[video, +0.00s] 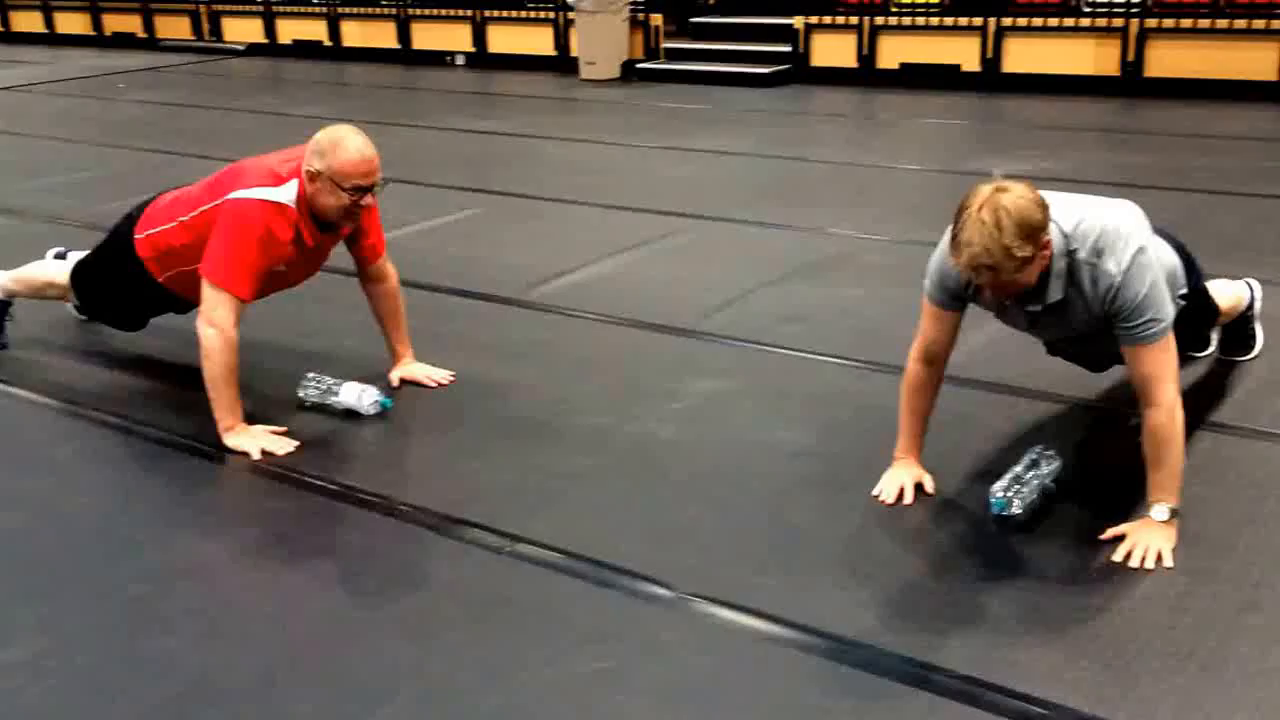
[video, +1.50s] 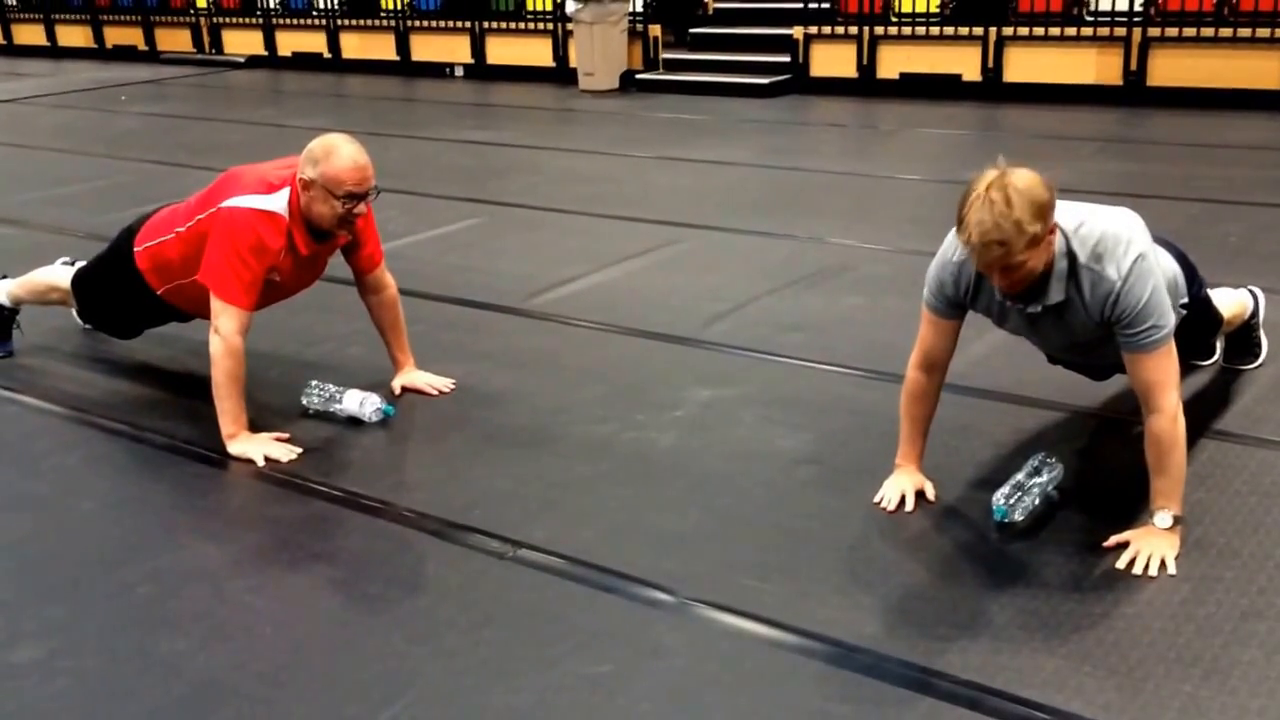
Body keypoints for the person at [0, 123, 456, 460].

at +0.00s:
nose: (365, 202)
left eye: (371, 190)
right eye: (353, 191)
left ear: (374, 180)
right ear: (312, 177)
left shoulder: (351, 197)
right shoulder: (257, 214)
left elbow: (378, 273)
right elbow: (216, 323)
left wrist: (404, 356)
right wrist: (233, 428)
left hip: (190, 265)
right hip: (143, 262)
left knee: (115, 289)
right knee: (74, 283)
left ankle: (71, 267)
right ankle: (4, 285)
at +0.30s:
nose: (359, 204)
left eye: (363, 192)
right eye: (349, 194)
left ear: (363, 186)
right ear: (307, 184)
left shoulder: (347, 196)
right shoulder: (248, 222)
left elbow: (376, 275)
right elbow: (221, 329)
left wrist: (405, 358)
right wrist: (234, 430)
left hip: (193, 273)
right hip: (141, 270)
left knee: (109, 289)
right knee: (73, 284)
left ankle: (67, 271)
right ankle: (5, 288)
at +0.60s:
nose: (358, 205)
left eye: (362, 193)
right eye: (347, 194)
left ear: (363, 185)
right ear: (304, 183)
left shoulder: (346, 199)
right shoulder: (248, 225)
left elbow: (376, 277)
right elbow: (224, 332)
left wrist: (405, 361)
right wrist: (235, 432)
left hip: (192, 274)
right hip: (142, 273)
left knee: (116, 293)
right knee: (73, 286)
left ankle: (73, 276)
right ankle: (5, 290)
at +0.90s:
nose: (360, 207)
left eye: (364, 195)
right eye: (348, 195)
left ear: (365, 187)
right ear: (305, 185)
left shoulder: (347, 202)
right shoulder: (249, 226)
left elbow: (377, 280)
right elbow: (225, 334)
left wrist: (405, 362)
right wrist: (236, 434)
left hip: (193, 277)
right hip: (143, 273)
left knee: (120, 299)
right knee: (76, 288)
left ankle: (73, 277)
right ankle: (6, 291)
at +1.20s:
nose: (360, 208)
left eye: (365, 196)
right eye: (349, 197)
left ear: (366, 188)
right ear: (306, 185)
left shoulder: (347, 203)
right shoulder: (250, 225)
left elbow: (377, 282)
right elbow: (226, 335)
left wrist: (405, 365)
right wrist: (236, 435)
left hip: (195, 279)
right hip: (144, 274)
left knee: (124, 302)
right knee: (75, 288)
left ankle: (75, 283)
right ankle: (5, 293)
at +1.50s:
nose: (359, 209)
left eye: (364, 197)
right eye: (349, 197)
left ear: (366, 189)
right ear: (306, 185)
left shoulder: (347, 205)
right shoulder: (251, 225)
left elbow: (377, 282)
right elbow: (227, 334)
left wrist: (405, 364)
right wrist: (236, 435)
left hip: (195, 280)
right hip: (144, 273)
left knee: (128, 305)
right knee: (76, 288)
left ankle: (80, 290)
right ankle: (5, 294)